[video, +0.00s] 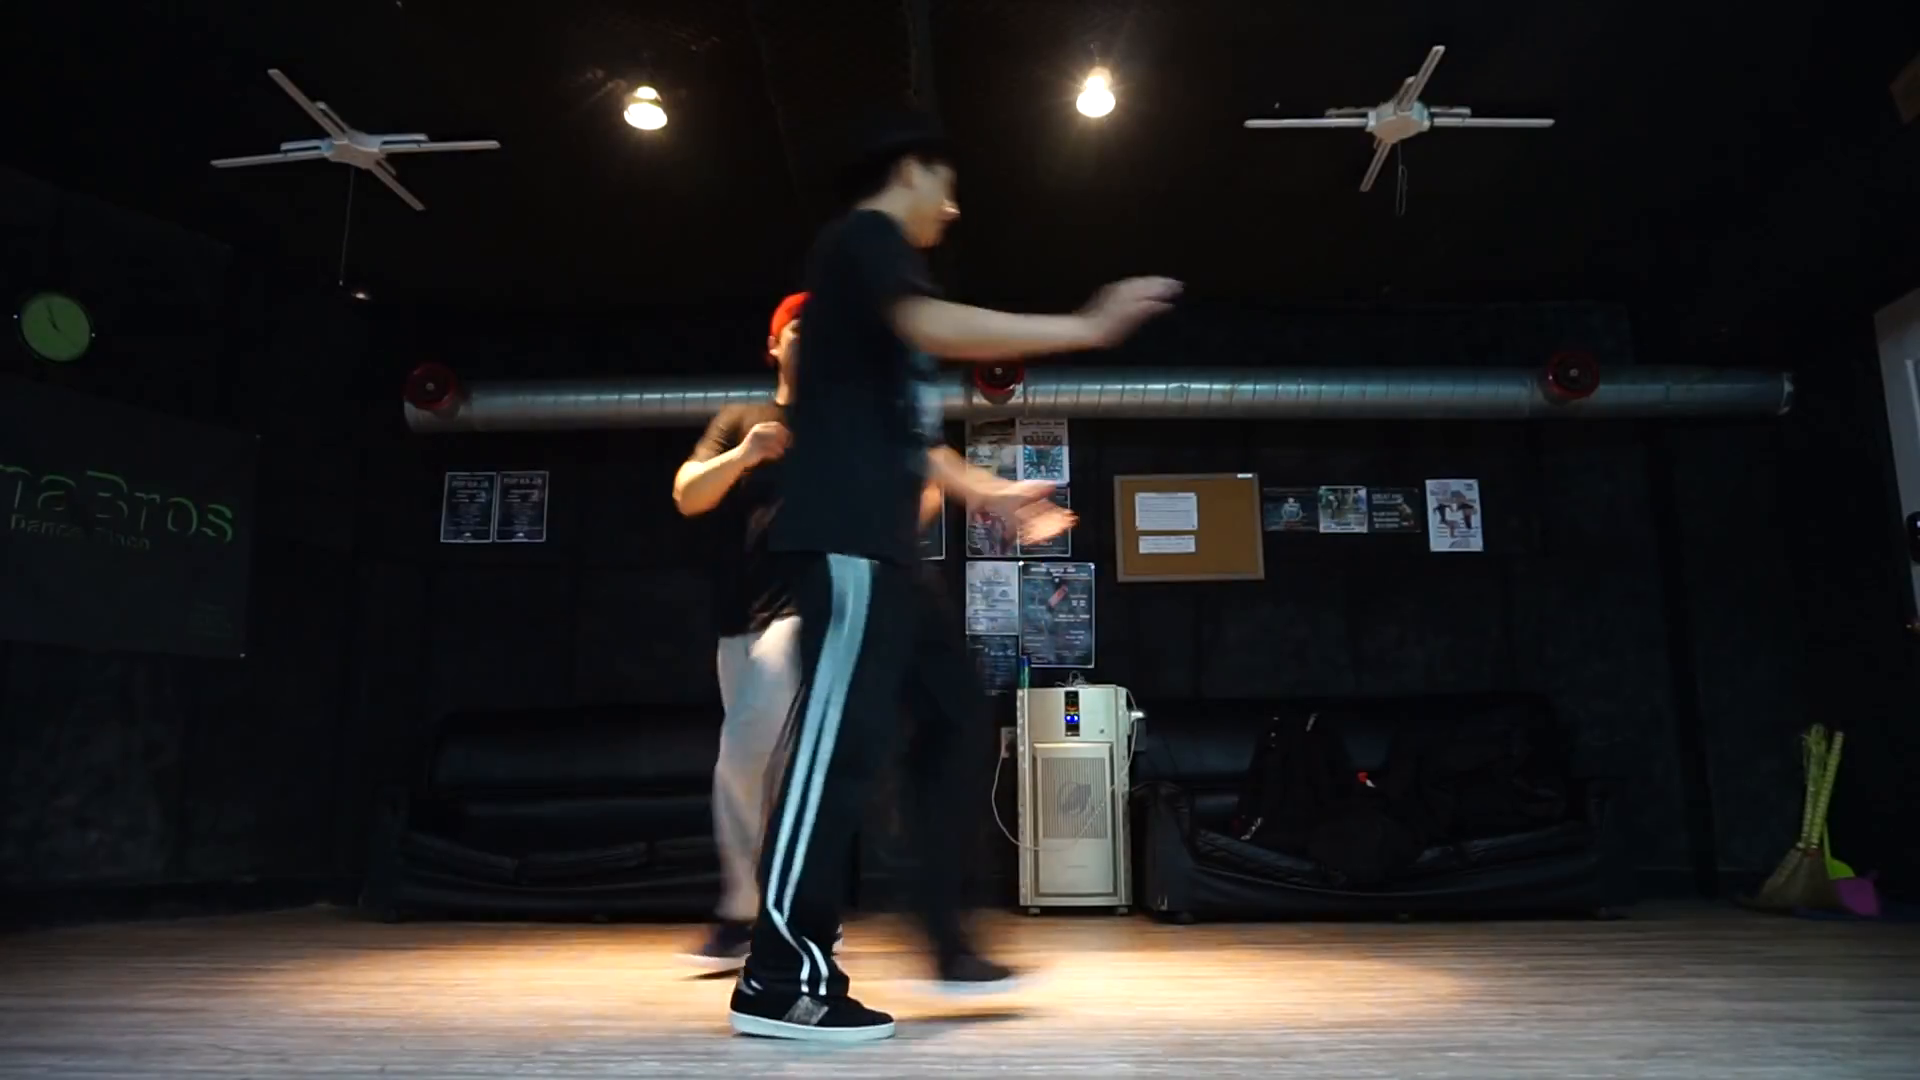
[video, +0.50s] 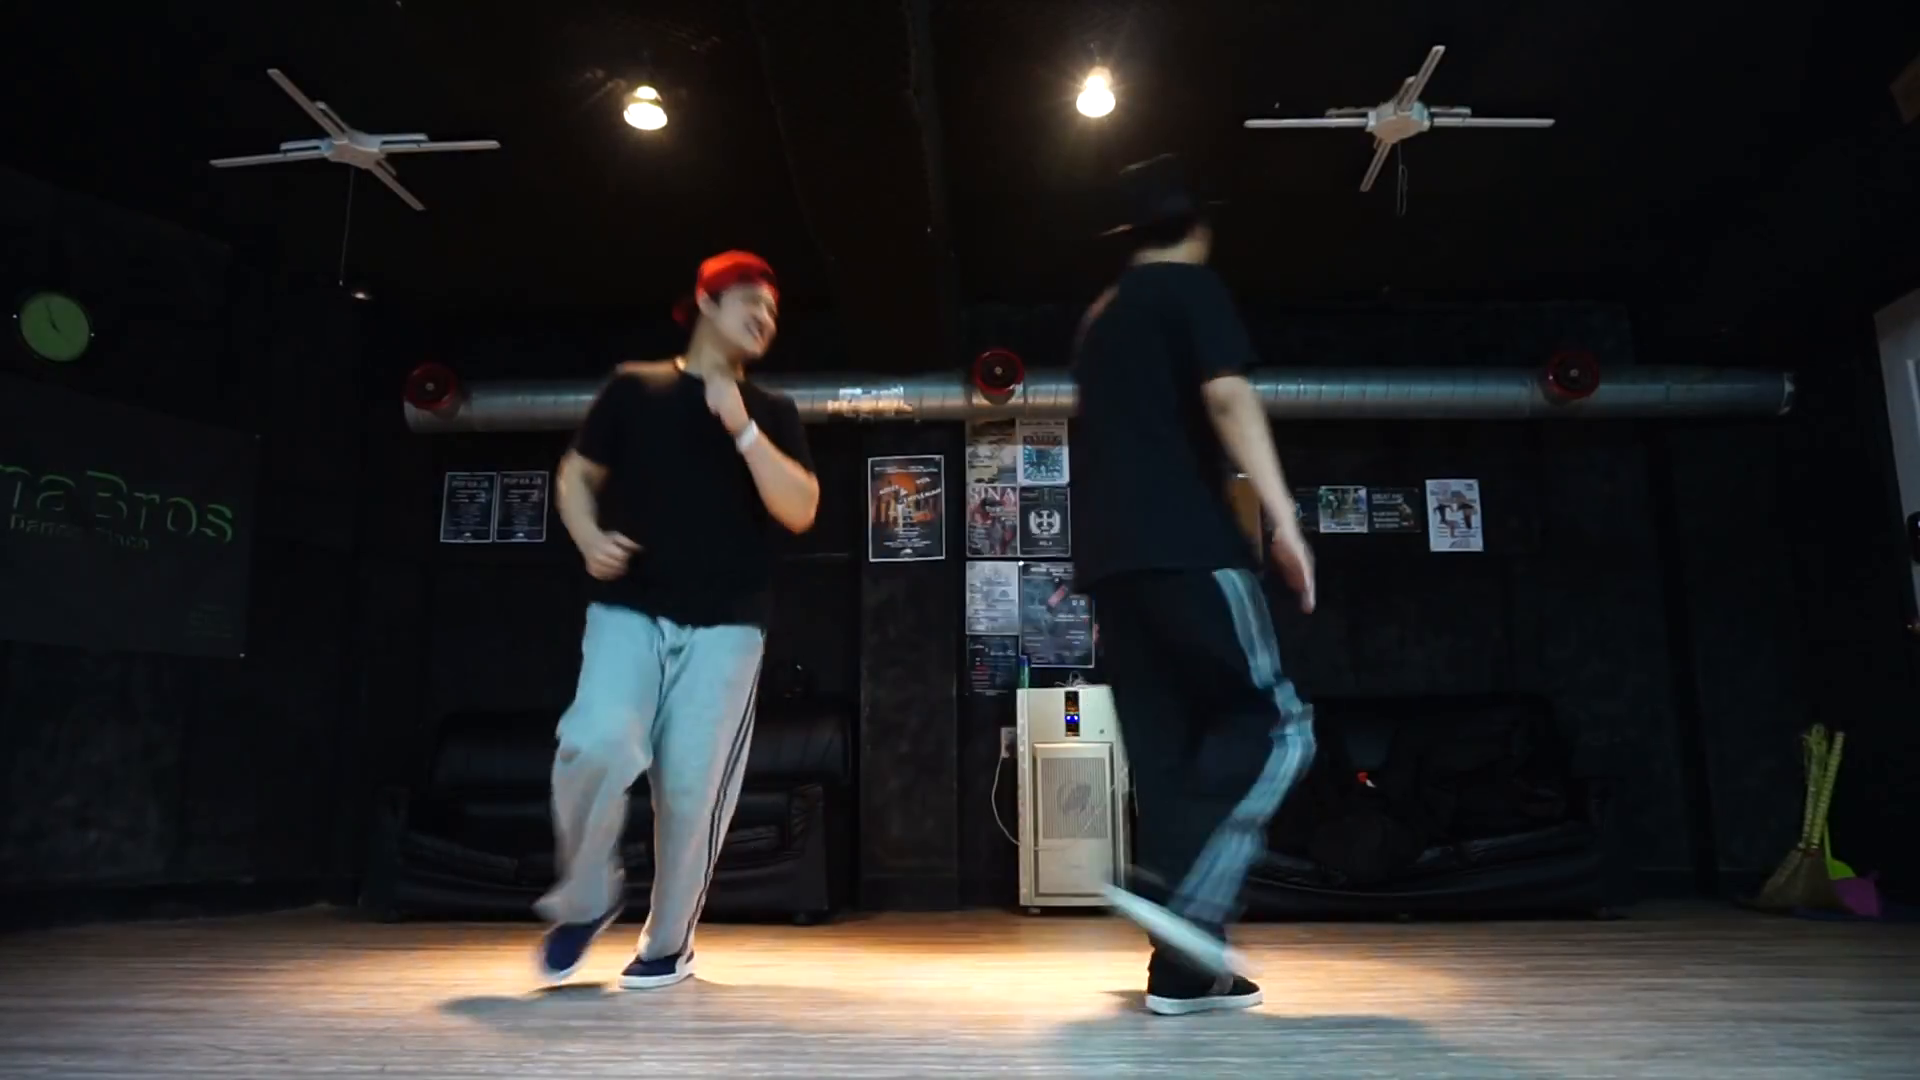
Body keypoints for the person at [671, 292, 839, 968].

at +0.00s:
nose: (798, 344)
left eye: (807, 333)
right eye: (790, 334)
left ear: (824, 346)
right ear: (774, 346)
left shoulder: (842, 420)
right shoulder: (743, 419)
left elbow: (919, 497)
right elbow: (688, 496)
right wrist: (743, 455)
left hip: (807, 601)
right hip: (742, 609)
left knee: (768, 676)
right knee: (769, 767)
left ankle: (739, 908)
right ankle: (792, 918)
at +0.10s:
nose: (802, 337)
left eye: (812, 330)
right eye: (789, 326)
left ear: (822, 350)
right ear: (759, 341)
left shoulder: (842, 421)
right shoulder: (715, 415)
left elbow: (899, 487)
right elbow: (663, 482)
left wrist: (854, 527)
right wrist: (724, 478)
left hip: (801, 605)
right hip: (725, 609)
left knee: (730, 745)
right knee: (762, 776)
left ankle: (672, 929)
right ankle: (815, 924)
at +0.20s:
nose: (794, 350)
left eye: (803, 342)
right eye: (780, 338)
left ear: (811, 357)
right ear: (745, 347)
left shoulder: (826, 432)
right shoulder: (694, 422)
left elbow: (884, 512)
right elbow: (644, 490)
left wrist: (835, 536)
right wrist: (699, 523)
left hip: (772, 628)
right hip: (694, 633)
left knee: (703, 763)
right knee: (742, 796)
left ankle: (666, 936)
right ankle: (814, 930)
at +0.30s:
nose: (790, 360)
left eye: (798, 349)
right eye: (775, 346)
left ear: (802, 360)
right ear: (736, 350)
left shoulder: (805, 445)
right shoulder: (673, 420)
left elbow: (839, 545)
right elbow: (630, 504)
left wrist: (787, 522)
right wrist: (672, 557)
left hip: (751, 633)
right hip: (666, 633)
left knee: (689, 788)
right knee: (647, 799)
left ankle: (667, 948)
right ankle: (777, 887)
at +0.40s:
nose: (781, 348)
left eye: (788, 340)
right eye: (767, 333)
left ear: (788, 353)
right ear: (725, 334)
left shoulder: (783, 437)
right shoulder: (649, 409)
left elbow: (807, 544)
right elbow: (602, 503)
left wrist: (760, 476)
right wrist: (629, 559)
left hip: (733, 631)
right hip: (641, 629)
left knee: (684, 789)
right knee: (600, 782)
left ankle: (666, 949)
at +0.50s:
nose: (764, 319)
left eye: (770, 312)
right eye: (750, 304)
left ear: (770, 328)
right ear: (706, 304)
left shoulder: (771, 412)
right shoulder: (633, 389)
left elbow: (801, 511)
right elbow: (575, 477)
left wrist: (746, 432)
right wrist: (590, 536)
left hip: (726, 618)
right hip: (628, 606)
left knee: (691, 785)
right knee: (599, 747)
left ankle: (668, 944)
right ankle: (583, 901)